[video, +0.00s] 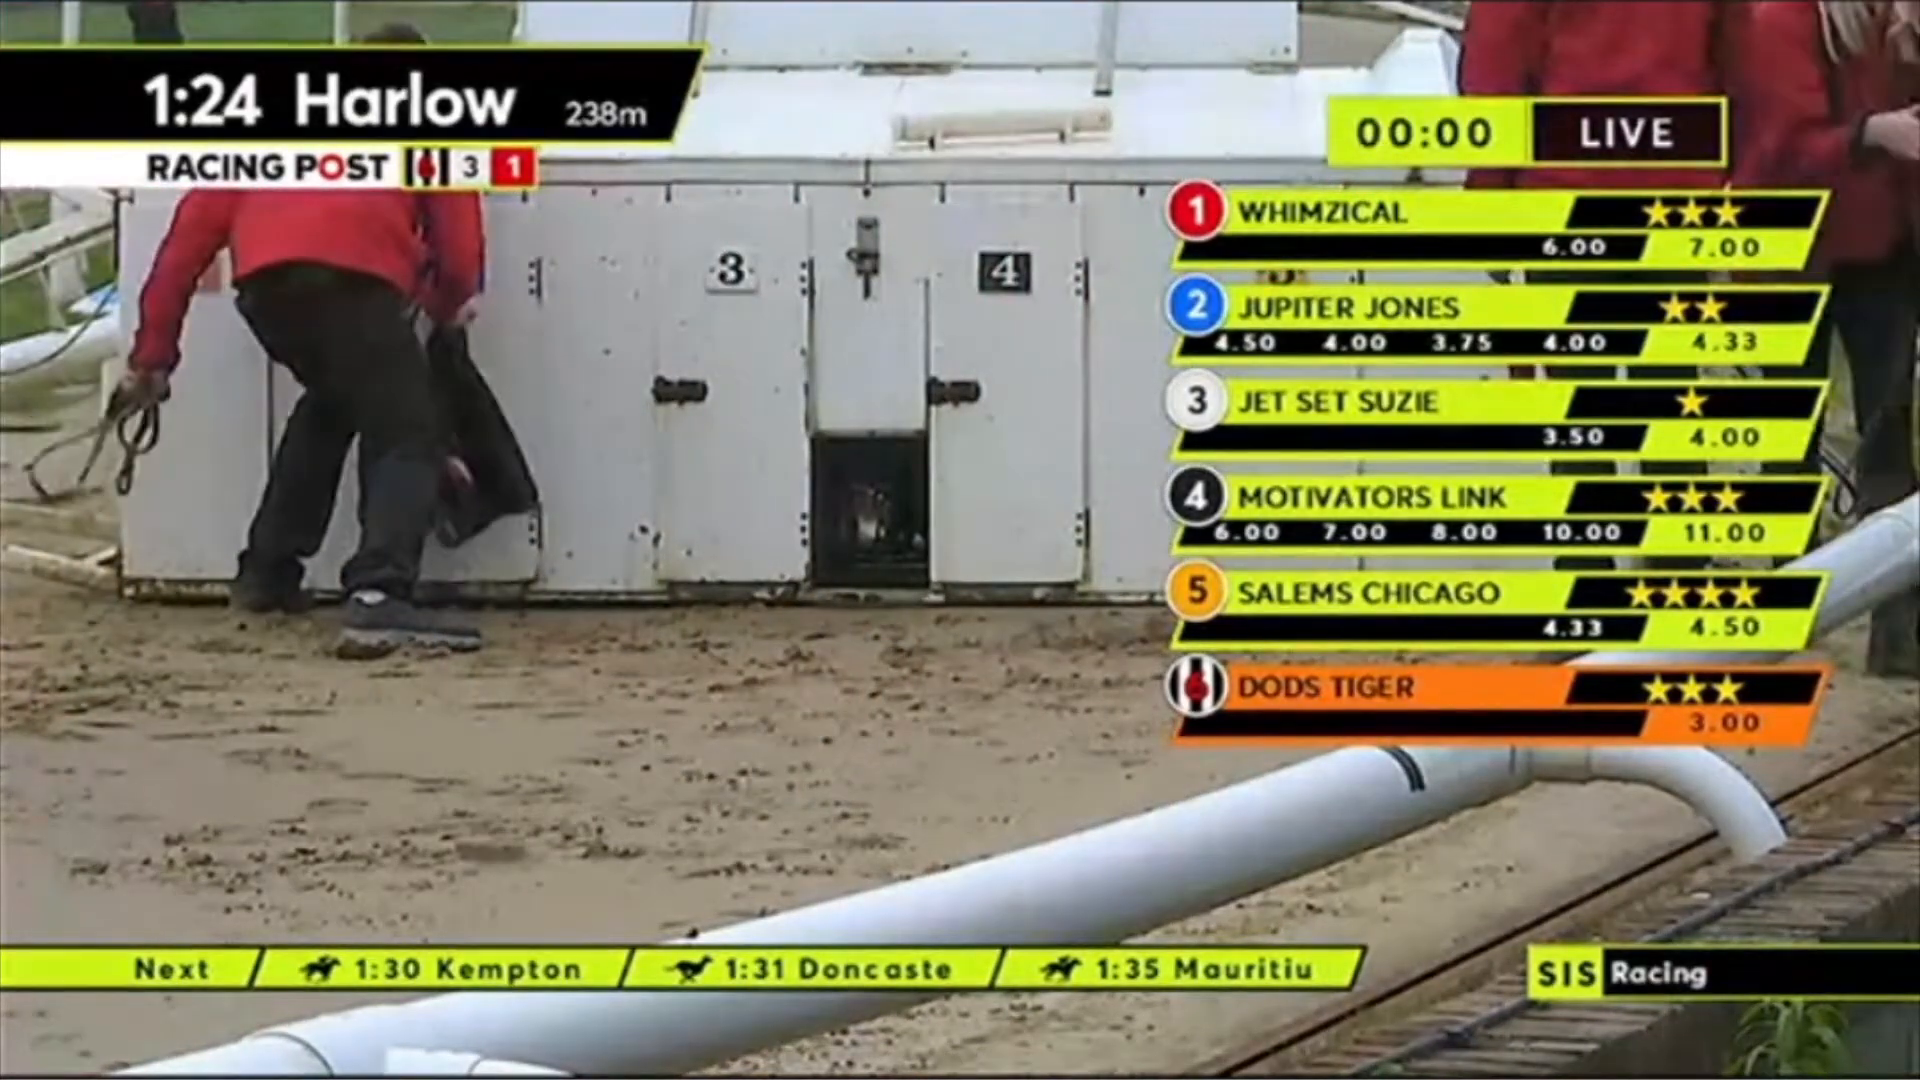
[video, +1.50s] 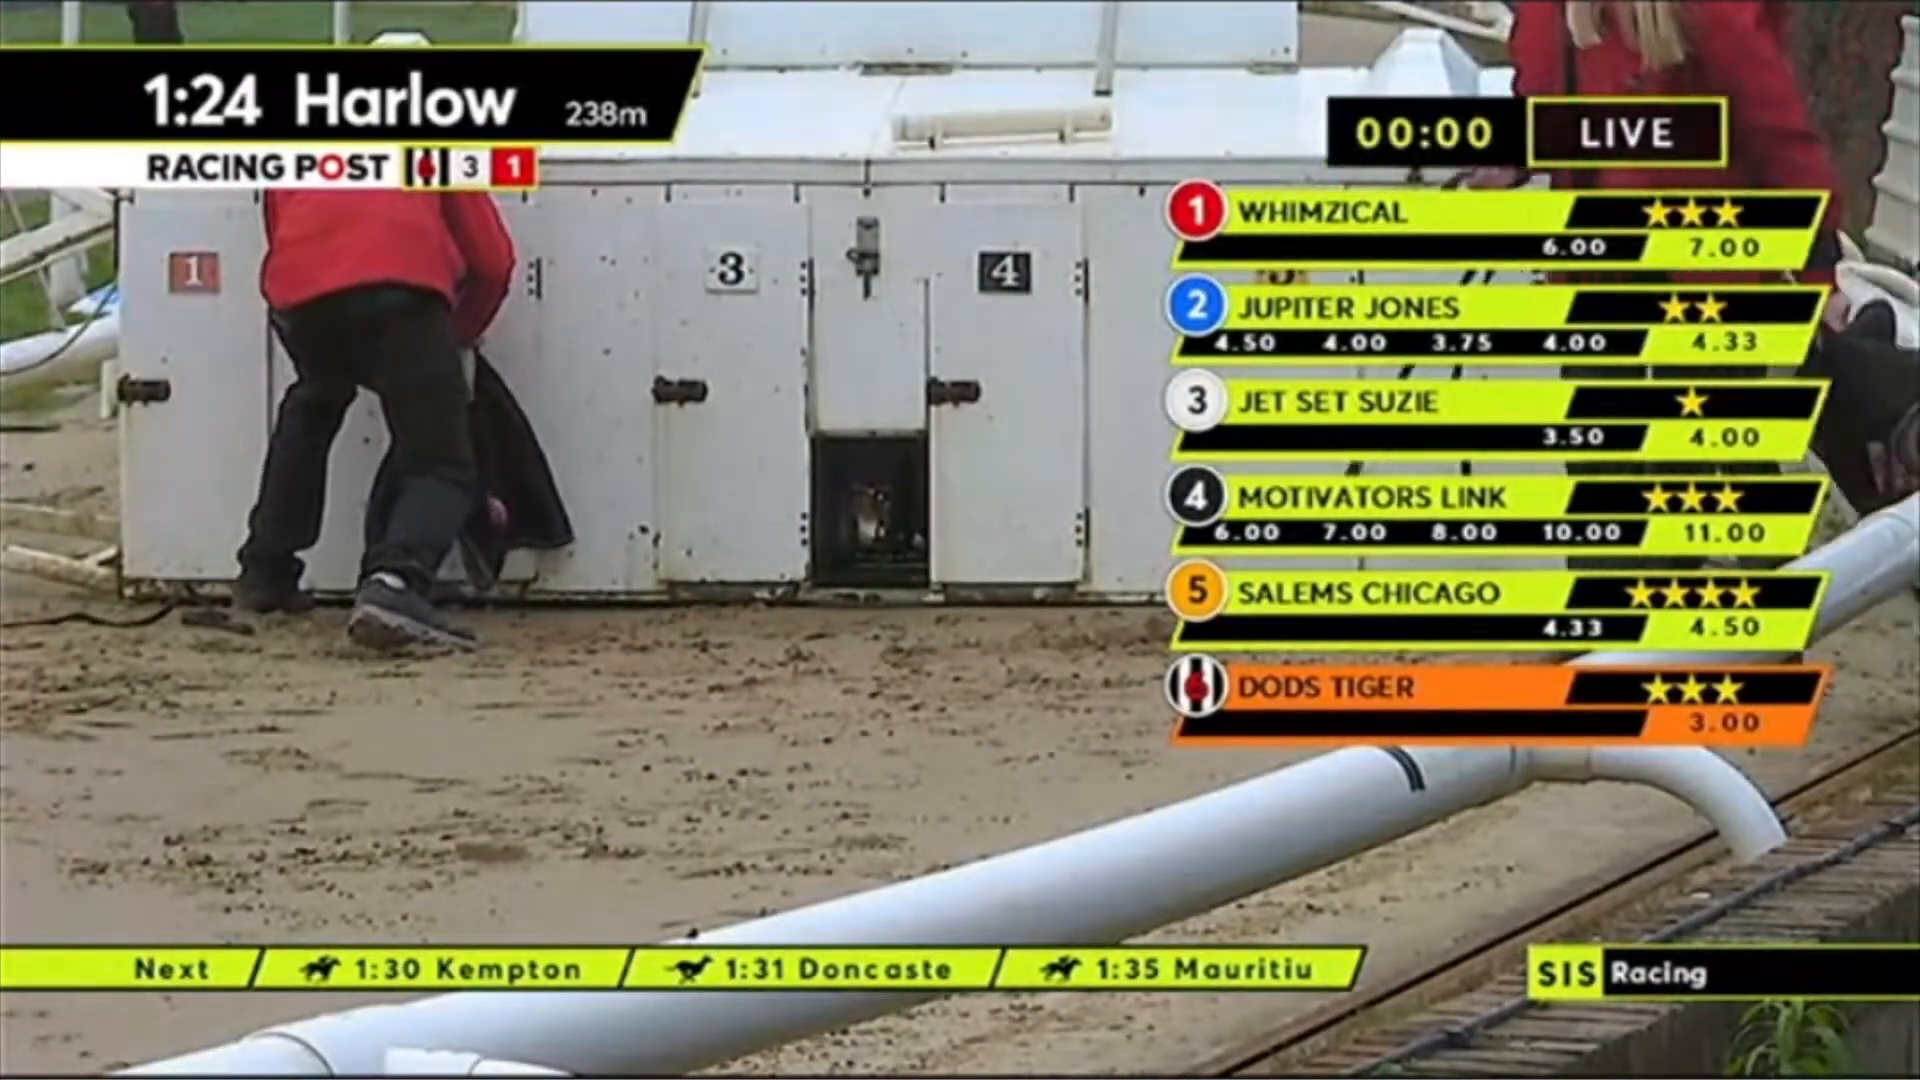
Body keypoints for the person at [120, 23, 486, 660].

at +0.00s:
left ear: (339, 81)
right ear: (413, 76)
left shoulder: (266, 137)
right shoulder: (428, 132)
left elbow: (187, 236)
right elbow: (462, 264)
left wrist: (152, 357)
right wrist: (447, 307)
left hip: (268, 279)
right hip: (363, 277)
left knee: (330, 404)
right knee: (402, 434)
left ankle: (266, 574)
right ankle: (379, 592)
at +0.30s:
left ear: (335, 96)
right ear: (414, 87)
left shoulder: (280, 151)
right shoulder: (433, 144)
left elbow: (224, 271)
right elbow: (484, 263)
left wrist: (278, 378)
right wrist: (452, 331)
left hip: (276, 268)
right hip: (374, 268)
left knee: (300, 404)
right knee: (411, 441)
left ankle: (260, 576)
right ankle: (382, 593)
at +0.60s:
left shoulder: (304, 164)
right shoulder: (444, 159)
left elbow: (264, 242)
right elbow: (498, 265)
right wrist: (464, 333)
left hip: (280, 270)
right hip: (380, 267)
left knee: (304, 384)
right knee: (416, 447)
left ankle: (264, 572)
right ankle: (388, 584)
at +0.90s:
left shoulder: (298, 164)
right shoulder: (434, 158)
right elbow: (493, 265)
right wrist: (459, 332)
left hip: (281, 285)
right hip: (383, 282)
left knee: (313, 388)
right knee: (425, 459)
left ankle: (263, 571)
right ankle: (389, 587)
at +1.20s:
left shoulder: (290, 164)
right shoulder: (435, 159)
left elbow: (278, 233)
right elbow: (494, 263)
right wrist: (456, 334)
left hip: (291, 287)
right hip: (391, 281)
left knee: (311, 388)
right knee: (428, 458)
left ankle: (263, 572)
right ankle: (389, 586)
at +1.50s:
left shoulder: (289, 166)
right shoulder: (434, 160)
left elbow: (281, 239)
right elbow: (495, 262)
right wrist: (450, 335)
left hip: (300, 295)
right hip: (400, 286)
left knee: (318, 391)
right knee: (440, 465)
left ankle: (265, 571)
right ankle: (394, 584)